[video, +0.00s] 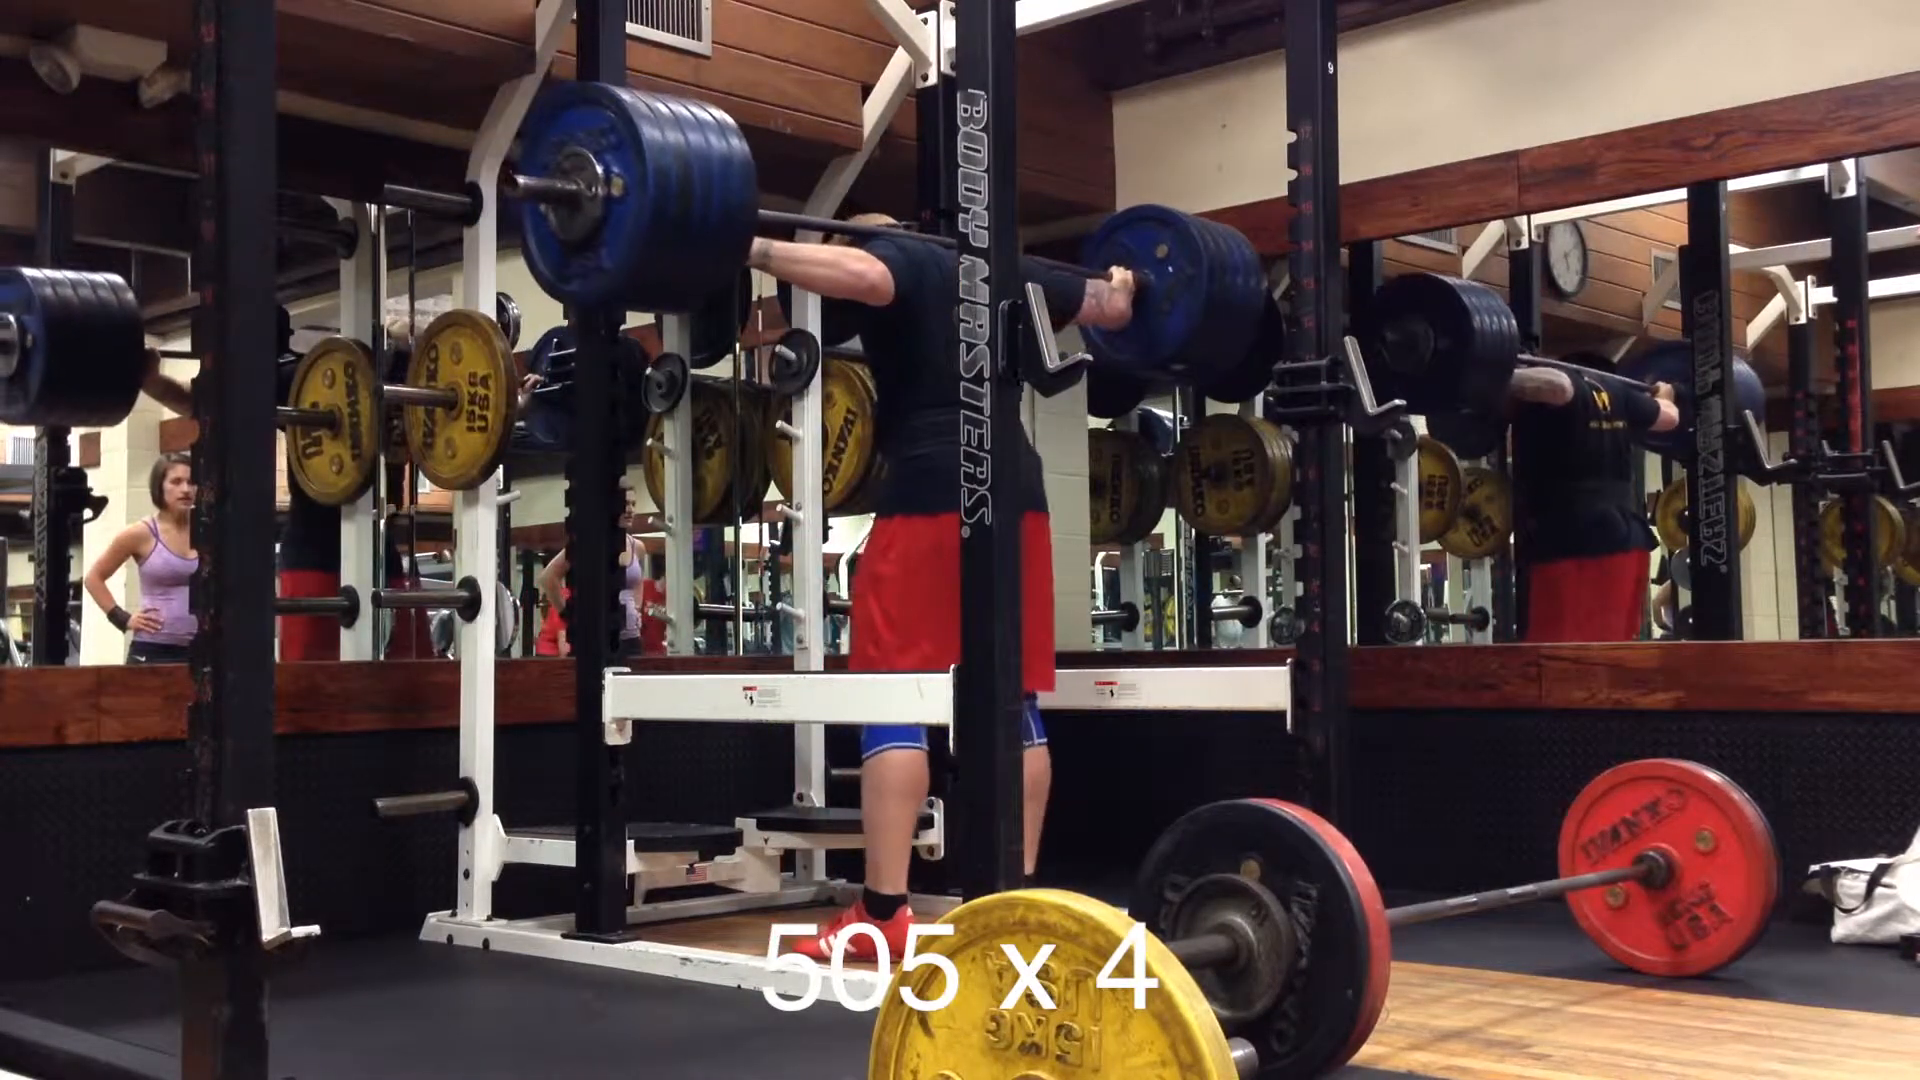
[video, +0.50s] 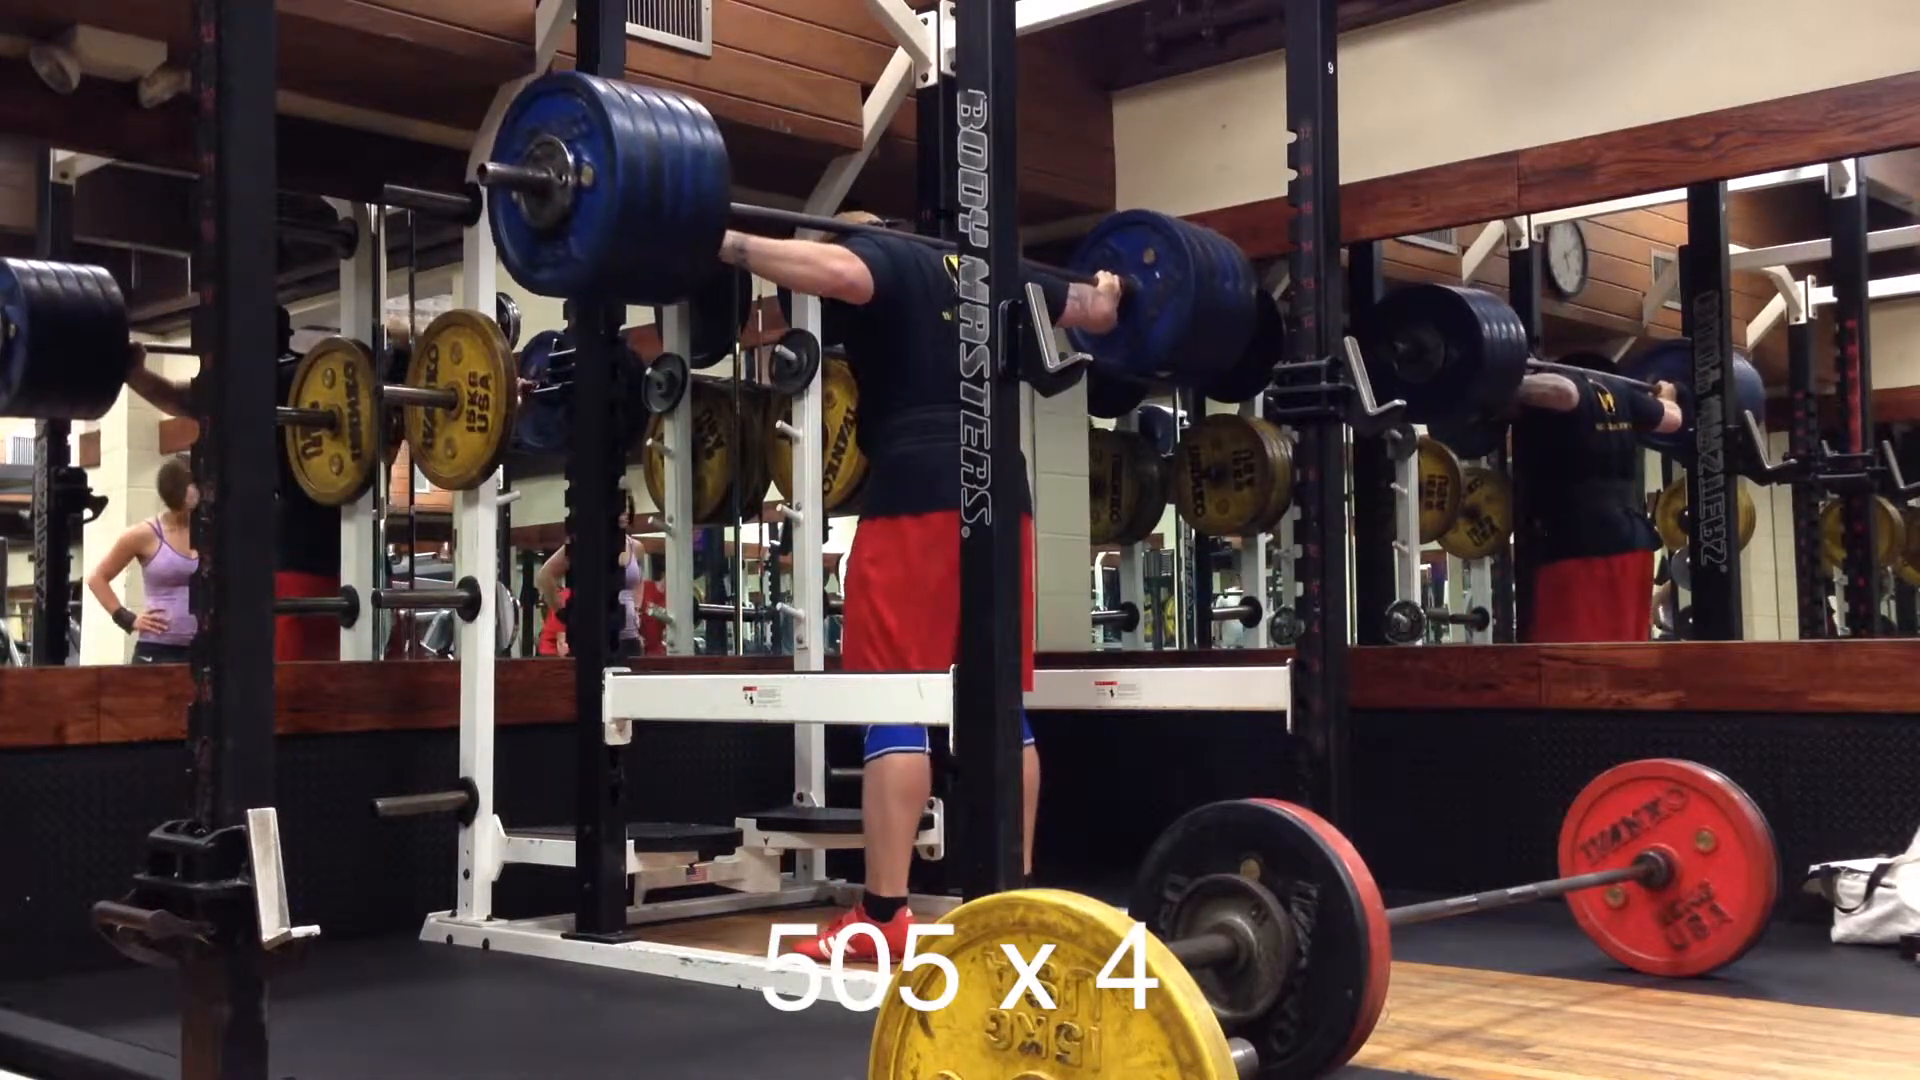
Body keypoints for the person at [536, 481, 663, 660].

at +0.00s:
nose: (630, 510)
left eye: (632, 504)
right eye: (624, 504)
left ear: (636, 506)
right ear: (609, 507)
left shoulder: (637, 546)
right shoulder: (588, 542)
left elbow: (638, 581)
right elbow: (548, 577)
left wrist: (636, 609)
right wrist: (566, 613)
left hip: (630, 631)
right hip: (595, 632)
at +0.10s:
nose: (630, 510)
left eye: (633, 504)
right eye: (624, 504)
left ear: (636, 506)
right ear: (609, 507)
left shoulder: (637, 546)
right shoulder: (588, 542)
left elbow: (638, 580)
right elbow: (548, 578)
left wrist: (636, 608)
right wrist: (566, 612)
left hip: (630, 631)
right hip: (595, 632)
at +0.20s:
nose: (629, 510)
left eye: (632, 504)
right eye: (624, 504)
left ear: (636, 506)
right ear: (609, 507)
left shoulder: (637, 547)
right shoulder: (588, 543)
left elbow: (638, 580)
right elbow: (548, 578)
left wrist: (636, 608)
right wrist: (566, 613)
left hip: (630, 632)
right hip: (594, 633)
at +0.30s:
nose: (627, 511)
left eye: (631, 505)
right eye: (622, 505)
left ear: (635, 509)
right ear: (608, 507)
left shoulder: (636, 546)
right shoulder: (588, 542)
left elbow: (638, 582)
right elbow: (548, 577)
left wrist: (636, 609)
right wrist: (565, 611)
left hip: (629, 632)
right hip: (595, 632)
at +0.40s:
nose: (625, 514)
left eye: (628, 508)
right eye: (620, 508)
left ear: (632, 511)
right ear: (608, 509)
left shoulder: (636, 547)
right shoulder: (587, 543)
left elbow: (638, 581)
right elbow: (548, 577)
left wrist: (637, 609)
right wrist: (565, 612)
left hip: (630, 631)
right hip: (595, 632)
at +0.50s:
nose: (624, 514)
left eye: (627, 509)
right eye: (619, 509)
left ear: (631, 512)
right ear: (606, 512)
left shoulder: (635, 547)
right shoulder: (583, 544)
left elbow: (638, 582)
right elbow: (544, 577)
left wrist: (636, 607)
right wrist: (561, 612)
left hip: (628, 631)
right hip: (592, 633)